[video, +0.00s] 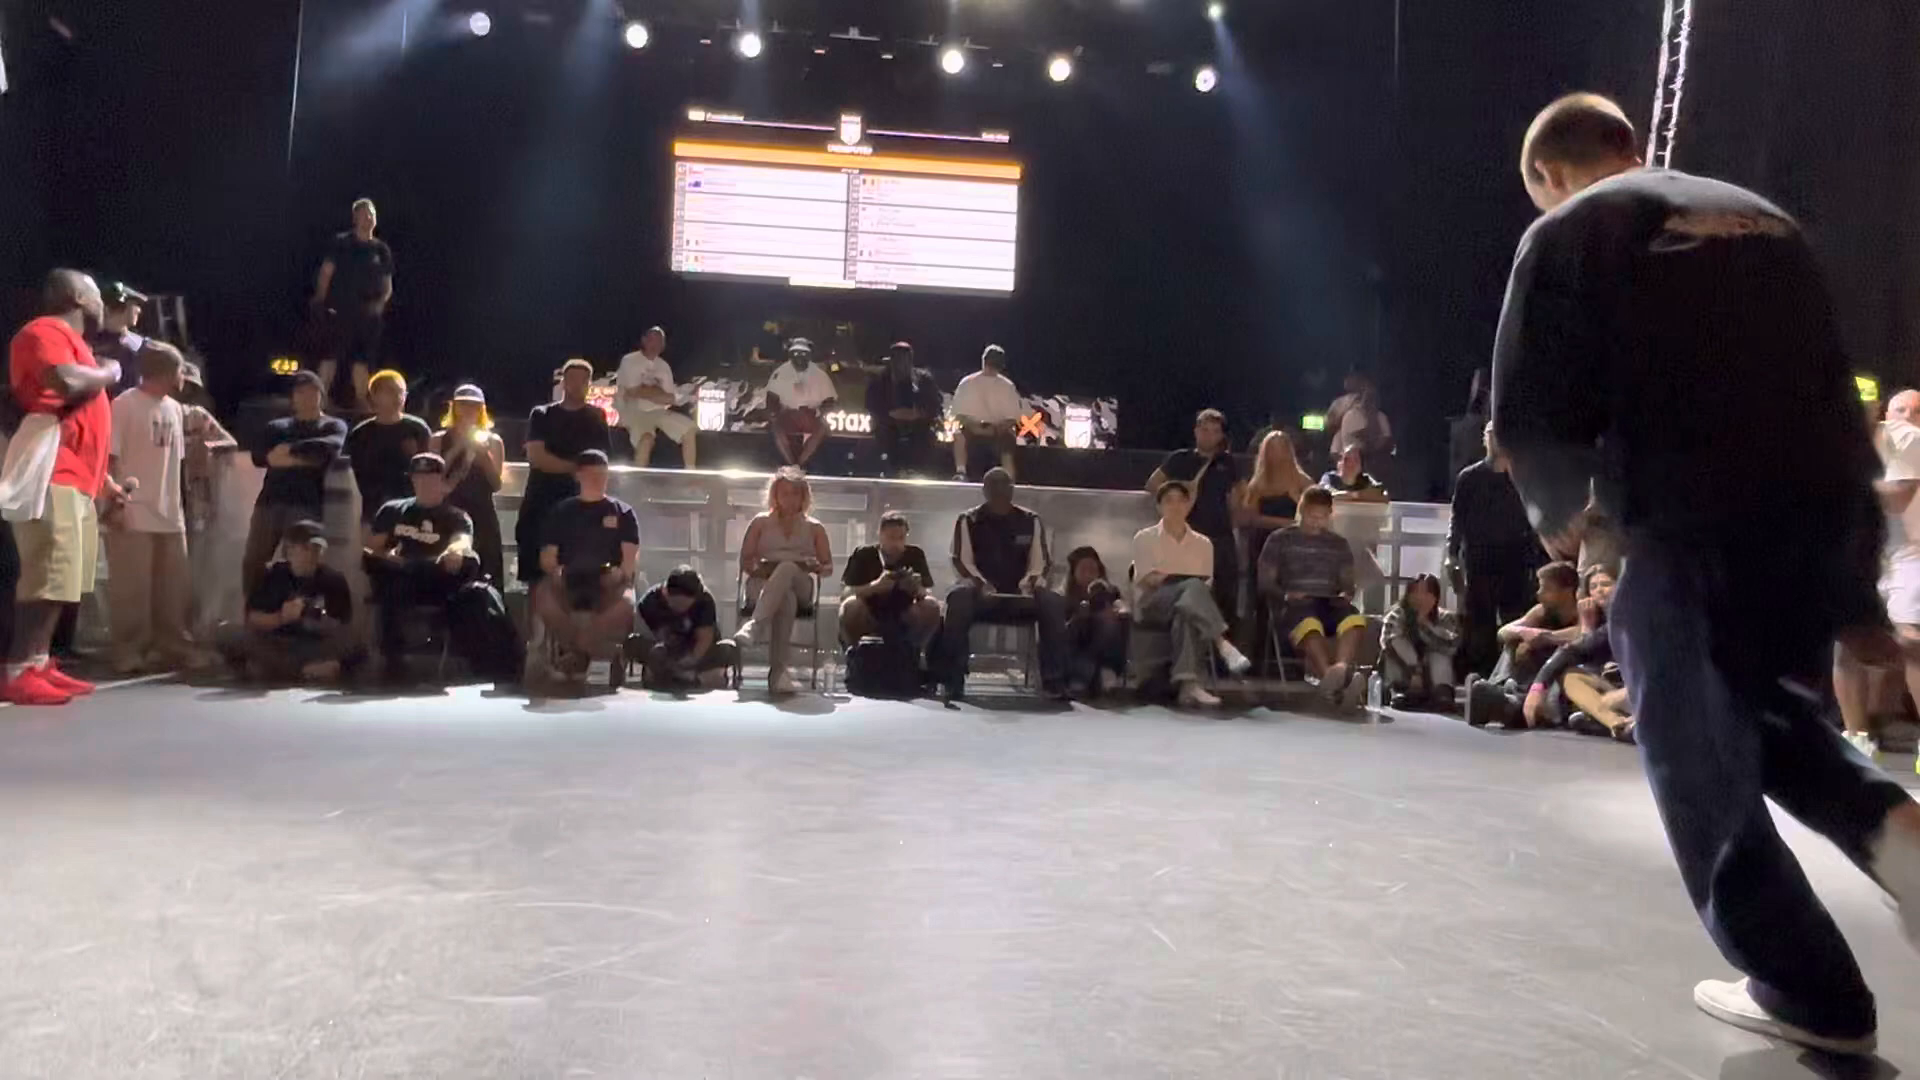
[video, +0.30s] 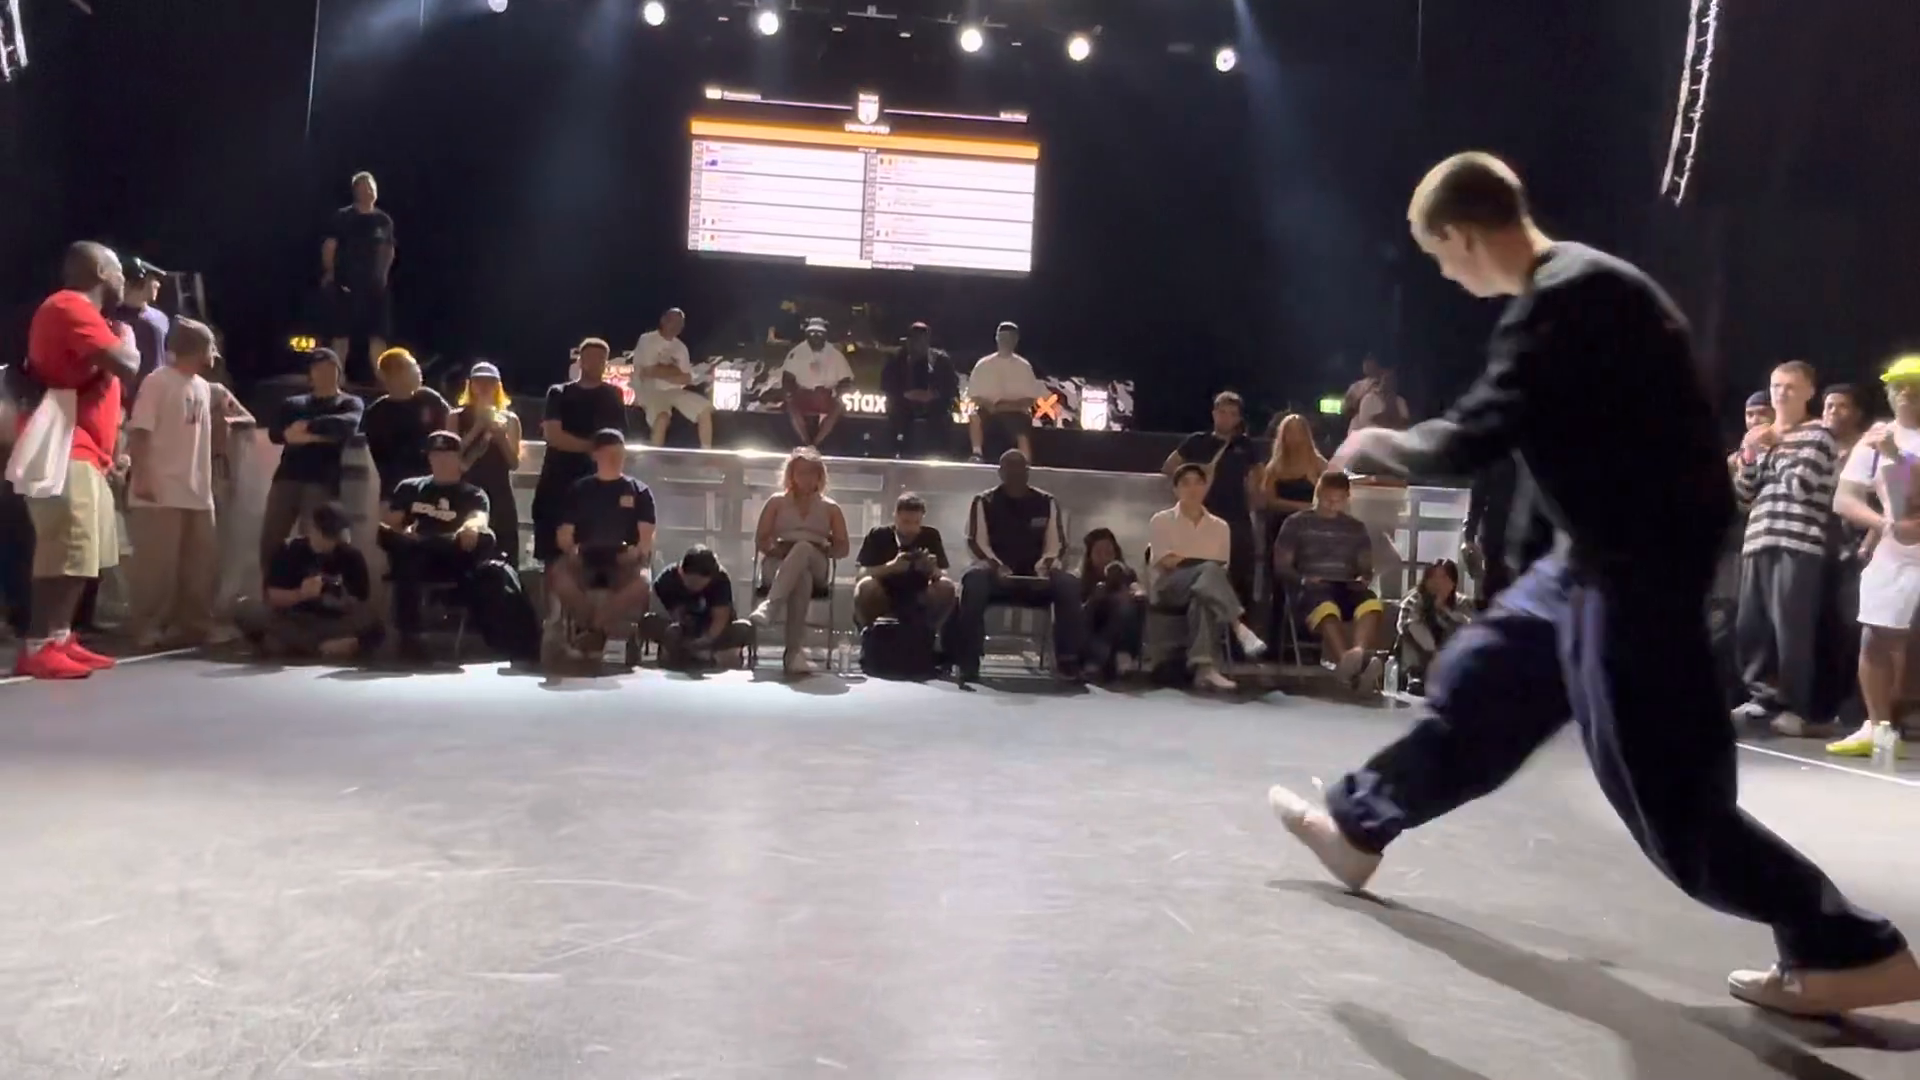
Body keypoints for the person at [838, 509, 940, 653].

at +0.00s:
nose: (896, 544)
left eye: (901, 538)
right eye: (891, 538)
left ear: (906, 537)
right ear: (880, 535)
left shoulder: (915, 554)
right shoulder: (863, 555)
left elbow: (926, 593)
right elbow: (845, 594)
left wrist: (916, 588)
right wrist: (875, 586)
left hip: (905, 612)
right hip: (871, 612)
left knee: (930, 607)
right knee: (851, 607)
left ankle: (914, 656)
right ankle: (860, 659)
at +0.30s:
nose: (911, 527)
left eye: (916, 522)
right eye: (906, 522)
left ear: (922, 519)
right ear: (895, 517)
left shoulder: (931, 536)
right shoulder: (878, 536)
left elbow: (943, 574)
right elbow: (861, 574)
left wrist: (932, 569)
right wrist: (892, 567)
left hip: (920, 596)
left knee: (945, 587)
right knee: (866, 587)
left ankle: (926, 638)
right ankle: (873, 640)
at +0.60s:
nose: (926, 518)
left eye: (931, 512)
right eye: (921, 512)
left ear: (938, 509)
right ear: (911, 506)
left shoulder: (946, 524)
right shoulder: (894, 523)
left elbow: (959, 563)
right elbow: (876, 562)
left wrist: (948, 557)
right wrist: (907, 554)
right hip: (900, 585)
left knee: (961, 575)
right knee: (882, 574)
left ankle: (942, 627)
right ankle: (888, 627)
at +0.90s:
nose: (939, 509)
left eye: (944, 503)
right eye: (933, 503)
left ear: (951, 500)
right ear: (924, 497)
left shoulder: (960, 514)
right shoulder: (907, 514)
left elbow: (972, 554)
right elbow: (889, 552)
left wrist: (961, 547)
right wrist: (920, 545)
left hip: (949, 574)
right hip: (914, 574)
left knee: (975, 566)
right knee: (895, 565)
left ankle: (955, 615)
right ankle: (898, 617)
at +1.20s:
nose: (948, 504)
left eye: (953, 498)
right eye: (943, 498)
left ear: (960, 495)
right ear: (933, 492)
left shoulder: (969, 509)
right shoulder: (916, 508)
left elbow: (980, 549)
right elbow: (899, 546)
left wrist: (971, 542)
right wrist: (930, 539)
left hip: (958, 571)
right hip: (922, 572)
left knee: (984, 561)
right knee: (904, 558)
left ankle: (965, 612)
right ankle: (913, 613)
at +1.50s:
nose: (952, 501)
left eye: (958, 495)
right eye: (947, 495)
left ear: (965, 493)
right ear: (937, 490)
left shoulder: (972, 511)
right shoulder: (921, 505)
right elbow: (903, 543)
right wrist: (933, 537)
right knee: (909, 555)